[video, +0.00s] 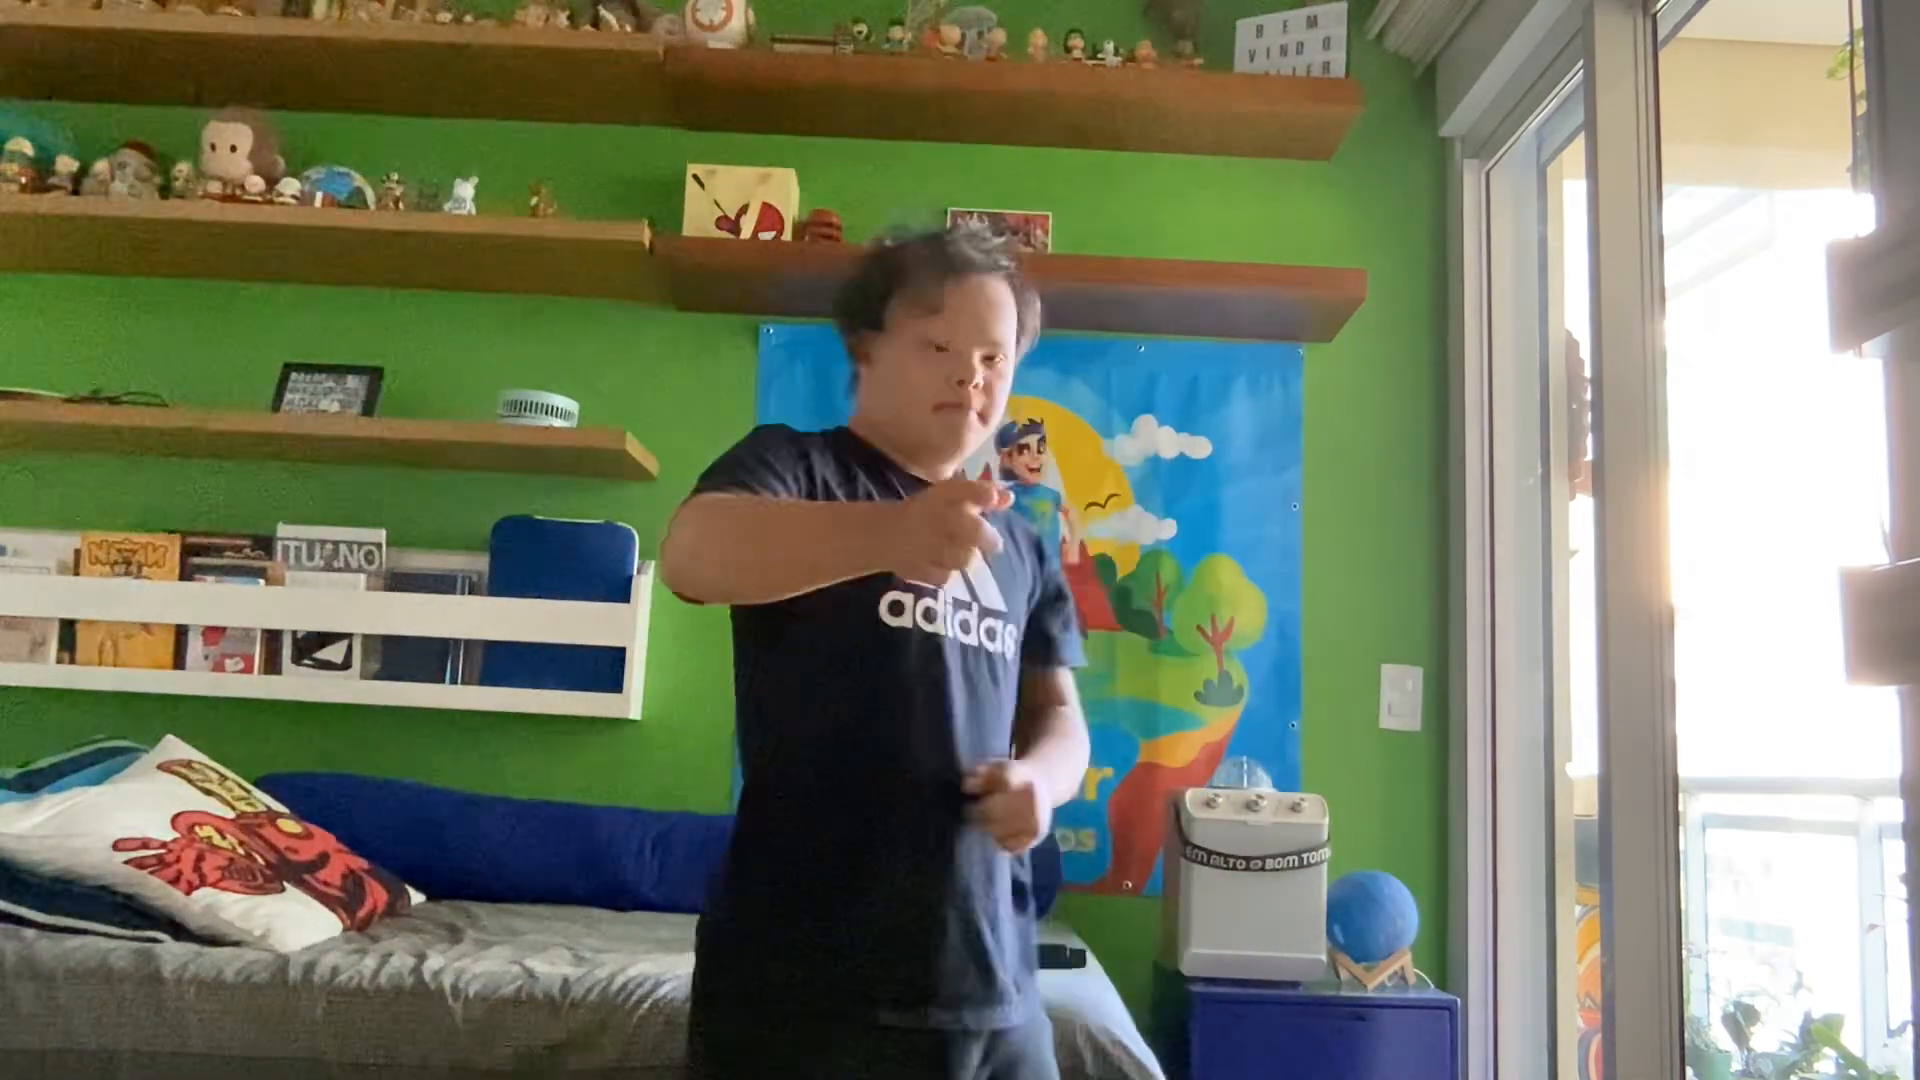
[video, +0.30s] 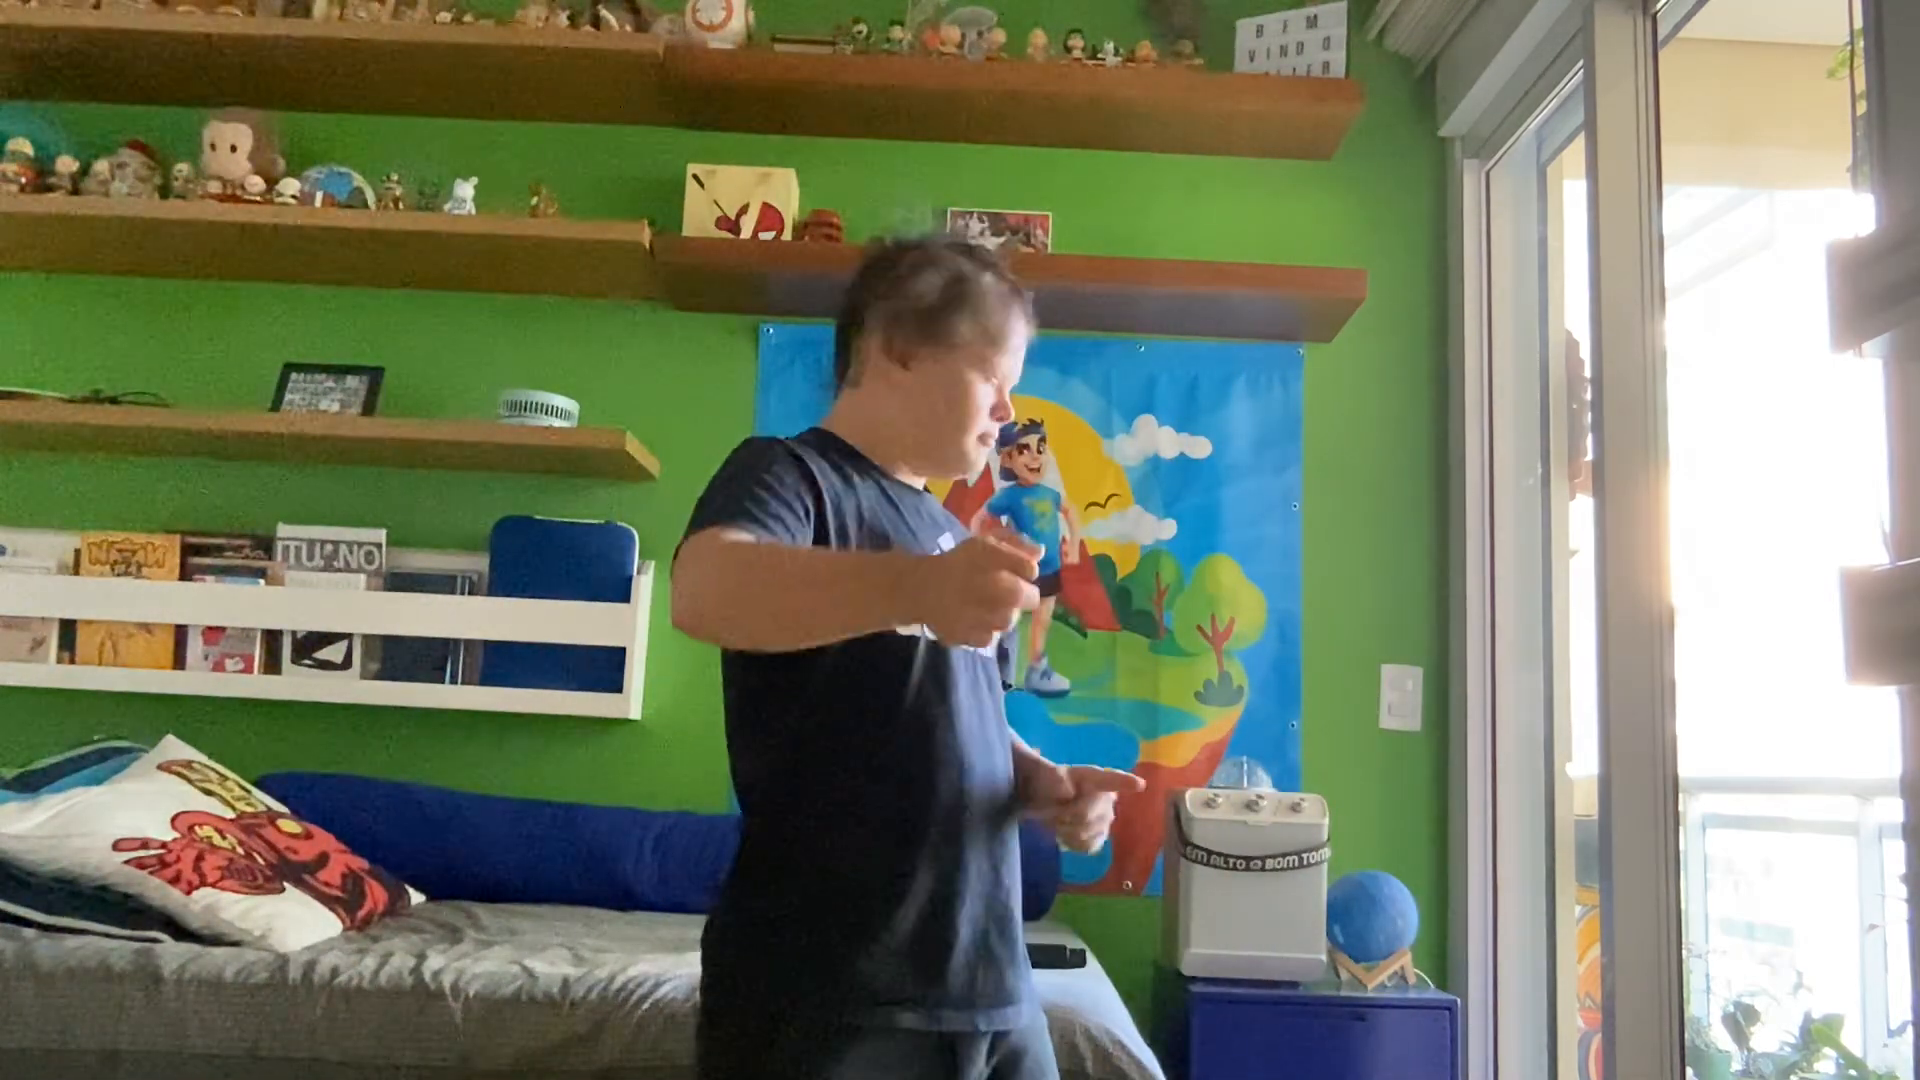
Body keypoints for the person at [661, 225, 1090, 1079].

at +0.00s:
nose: (970, 377)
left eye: (992, 358)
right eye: (939, 347)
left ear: (1012, 381)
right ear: (866, 349)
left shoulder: (1022, 542)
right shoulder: (792, 464)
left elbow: (1058, 717)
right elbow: (693, 554)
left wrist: (1040, 780)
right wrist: (890, 533)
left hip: (989, 993)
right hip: (801, 981)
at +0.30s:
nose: (1006, 414)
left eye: (1008, 392)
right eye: (993, 382)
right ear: (898, 350)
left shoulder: (953, 541)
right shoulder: (788, 473)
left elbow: (963, 734)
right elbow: (705, 591)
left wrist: (1046, 788)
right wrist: (917, 591)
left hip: (994, 1002)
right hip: (831, 1006)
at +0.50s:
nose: (1012, 433)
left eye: (1019, 406)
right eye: (1012, 398)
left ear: (947, 370)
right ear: (941, 365)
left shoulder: (969, 559)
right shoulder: (794, 484)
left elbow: (957, 743)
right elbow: (676, 647)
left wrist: (1098, 797)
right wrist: (899, 742)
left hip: (993, 1008)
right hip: (828, 1012)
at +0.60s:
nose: (1018, 438)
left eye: (1028, 412)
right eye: (1022, 403)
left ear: (963, 372)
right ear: (955, 367)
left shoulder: (967, 553)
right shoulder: (804, 481)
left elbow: (970, 746)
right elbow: (682, 678)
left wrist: (1126, 788)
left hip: (999, 1009)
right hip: (834, 1017)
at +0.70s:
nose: (1047, 441)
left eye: (1055, 412)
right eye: (1049, 403)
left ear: (990, 373)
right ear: (986, 365)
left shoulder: (983, 544)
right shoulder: (816, 482)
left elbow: (996, 735)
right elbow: (700, 697)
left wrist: (1174, 776)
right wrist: (787, 933)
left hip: (1017, 998)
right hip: (858, 1016)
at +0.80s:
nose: (1113, 447)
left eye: (1123, 420)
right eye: (1118, 413)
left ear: (1052, 387)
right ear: (1063, 386)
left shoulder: (1031, 540)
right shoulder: (882, 484)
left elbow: (1064, 715)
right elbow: (763, 701)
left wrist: (1239, 753)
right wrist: (729, 928)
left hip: (1051, 998)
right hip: (895, 1006)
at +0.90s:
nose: (1182, 453)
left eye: (1190, 431)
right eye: (1186, 425)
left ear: (1111, 401)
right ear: (1132, 404)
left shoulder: (1078, 535)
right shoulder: (960, 486)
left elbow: (1105, 695)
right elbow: (818, 686)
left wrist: (1246, 737)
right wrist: (759, 893)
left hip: (1086, 998)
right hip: (942, 1002)